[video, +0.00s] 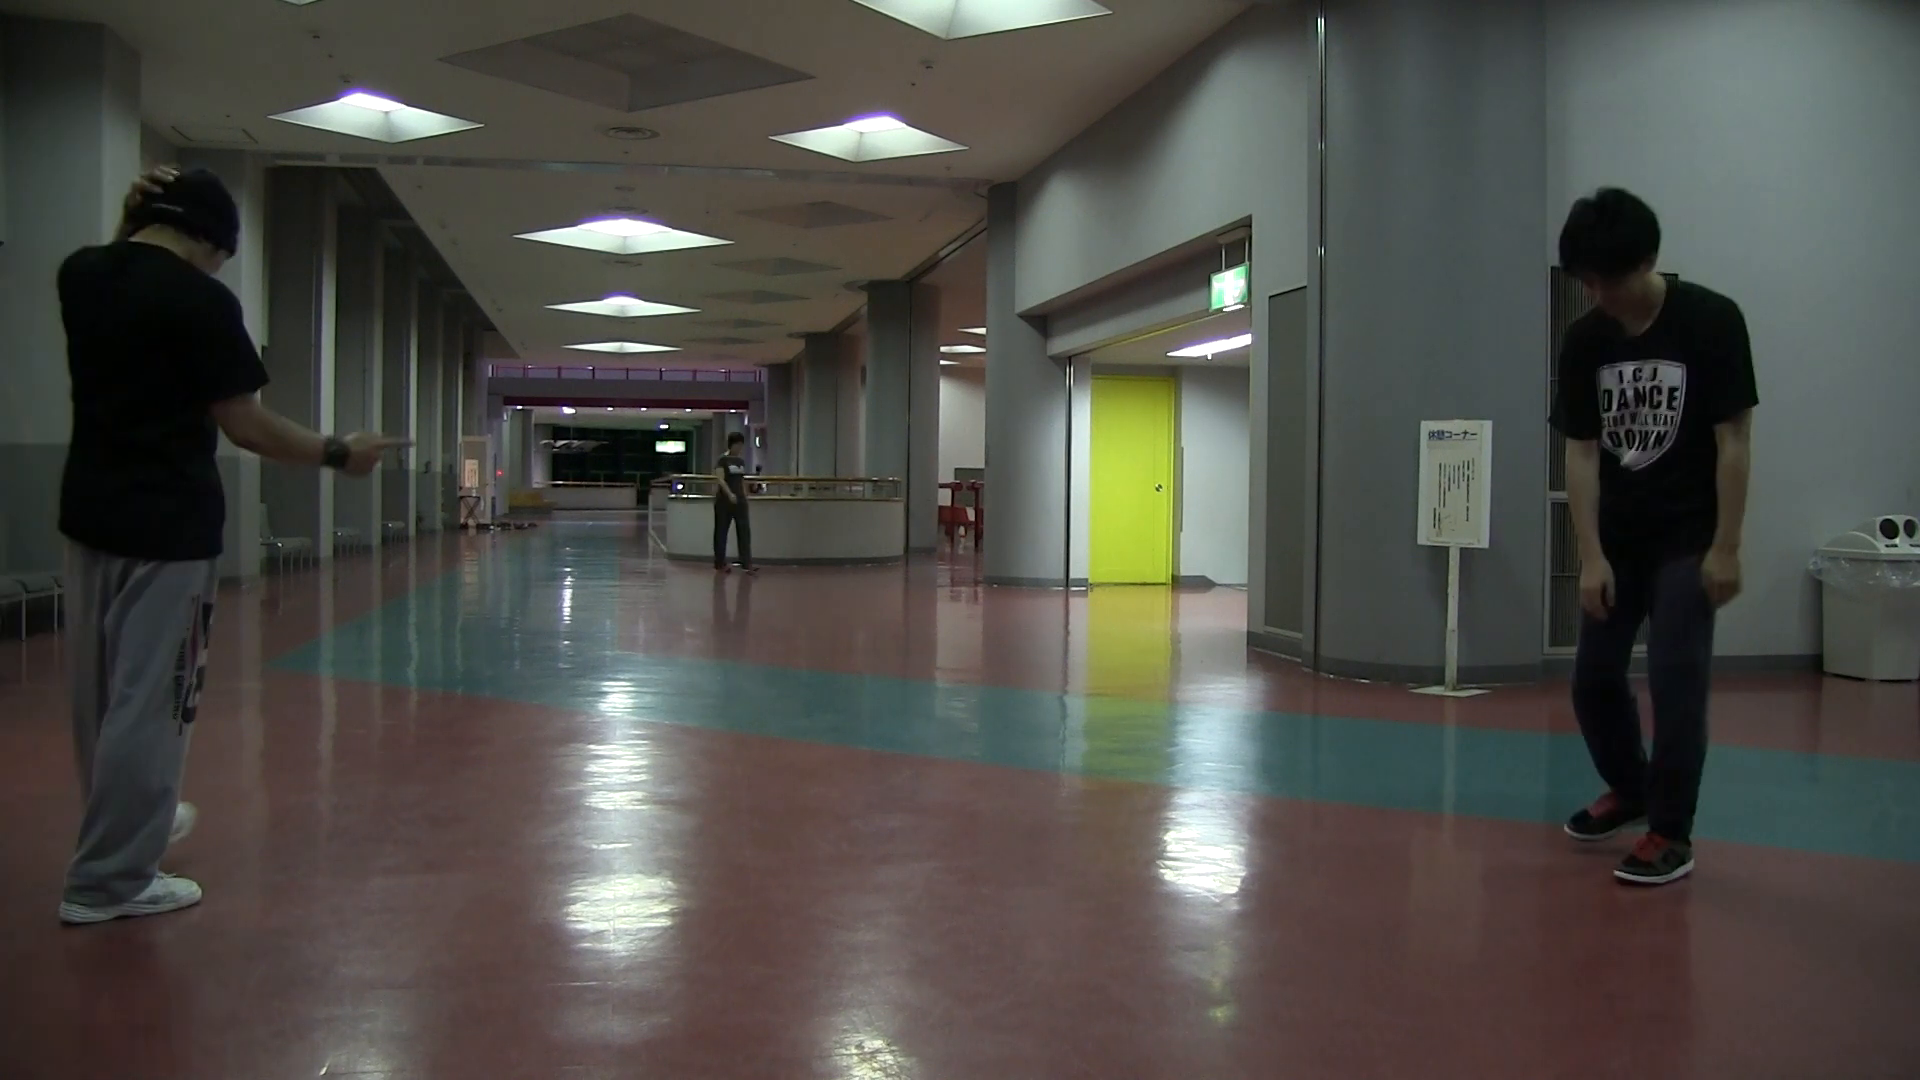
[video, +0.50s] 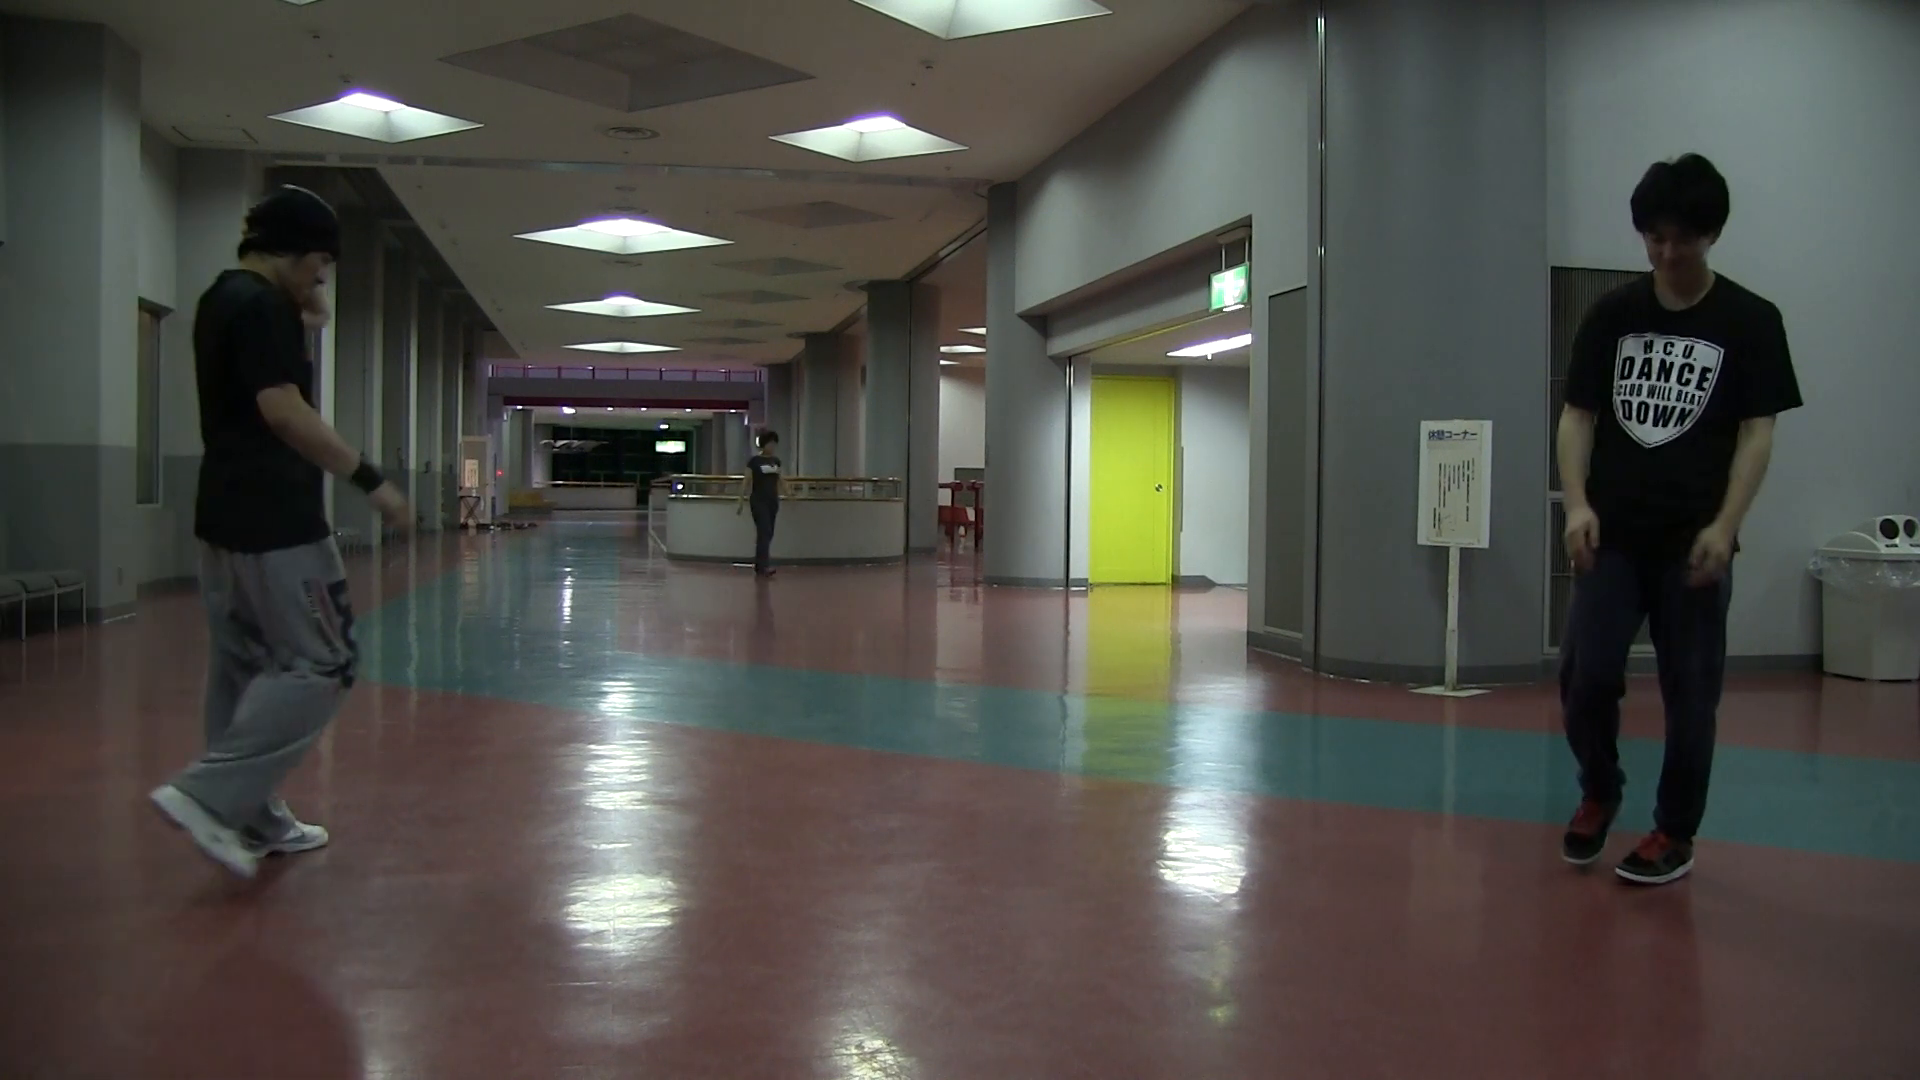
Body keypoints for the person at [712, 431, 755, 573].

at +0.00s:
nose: (740, 449)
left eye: (741, 446)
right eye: (738, 445)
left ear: (741, 446)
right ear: (731, 445)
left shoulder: (740, 462)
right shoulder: (722, 460)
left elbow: (742, 480)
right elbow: (720, 479)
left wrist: (745, 495)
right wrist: (730, 494)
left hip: (739, 498)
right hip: (724, 499)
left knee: (744, 531)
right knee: (721, 532)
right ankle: (720, 562)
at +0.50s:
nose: (773, 447)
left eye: (774, 444)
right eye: (771, 444)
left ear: (774, 445)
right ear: (764, 445)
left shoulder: (776, 462)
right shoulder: (754, 462)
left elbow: (780, 480)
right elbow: (745, 483)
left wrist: (788, 492)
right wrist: (741, 502)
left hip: (772, 500)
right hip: (758, 501)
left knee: (767, 533)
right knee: (764, 532)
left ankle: (761, 565)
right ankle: (762, 566)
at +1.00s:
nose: (806, 446)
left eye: (807, 442)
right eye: (805, 442)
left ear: (807, 443)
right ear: (798, 442)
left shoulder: (806, 460)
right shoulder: (787, 459)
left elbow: (805, 481)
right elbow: (786, 481)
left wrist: (808, 496)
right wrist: (797, 497)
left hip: (805, 499)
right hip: (790, 500)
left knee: (810, 534)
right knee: (786, 535)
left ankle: (810, 567)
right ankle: (785, 568)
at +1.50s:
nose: (847, 444)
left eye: (848, 441)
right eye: (846, 441)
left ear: (847, 442)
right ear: (838, 441)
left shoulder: (849, 460)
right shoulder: (828, 458)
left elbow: (852, 478)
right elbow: (820, 481)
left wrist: (858, 488)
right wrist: (816, 502)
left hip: (846, 501)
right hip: (831, 501)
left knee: (840, 534)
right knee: (839, 534)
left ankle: (833, 570)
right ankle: (832, 570)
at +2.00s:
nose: (892, 443)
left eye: (893, 440)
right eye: (890, 439)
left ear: (890, 440)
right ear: (882, 440)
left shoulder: (889, 458)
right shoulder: (872, 458)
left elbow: (891, 482)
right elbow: (871, 481)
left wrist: (897, 499)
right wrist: (883, 500)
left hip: (891, 503)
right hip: (875, 503)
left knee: (897, 536)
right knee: (872, 538)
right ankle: (869, 573)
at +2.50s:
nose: (944, 443)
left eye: (945, 440)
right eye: (942, 439)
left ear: (938, 440)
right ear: (934, 439)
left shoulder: (939, 459)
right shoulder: (922, 458)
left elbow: (945, 484)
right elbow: (917, 483)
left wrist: (954, 503)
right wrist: (915, 505)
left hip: (938, 503)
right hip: (927, 504)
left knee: (931, 539)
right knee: (938, 537)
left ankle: (924, 575)